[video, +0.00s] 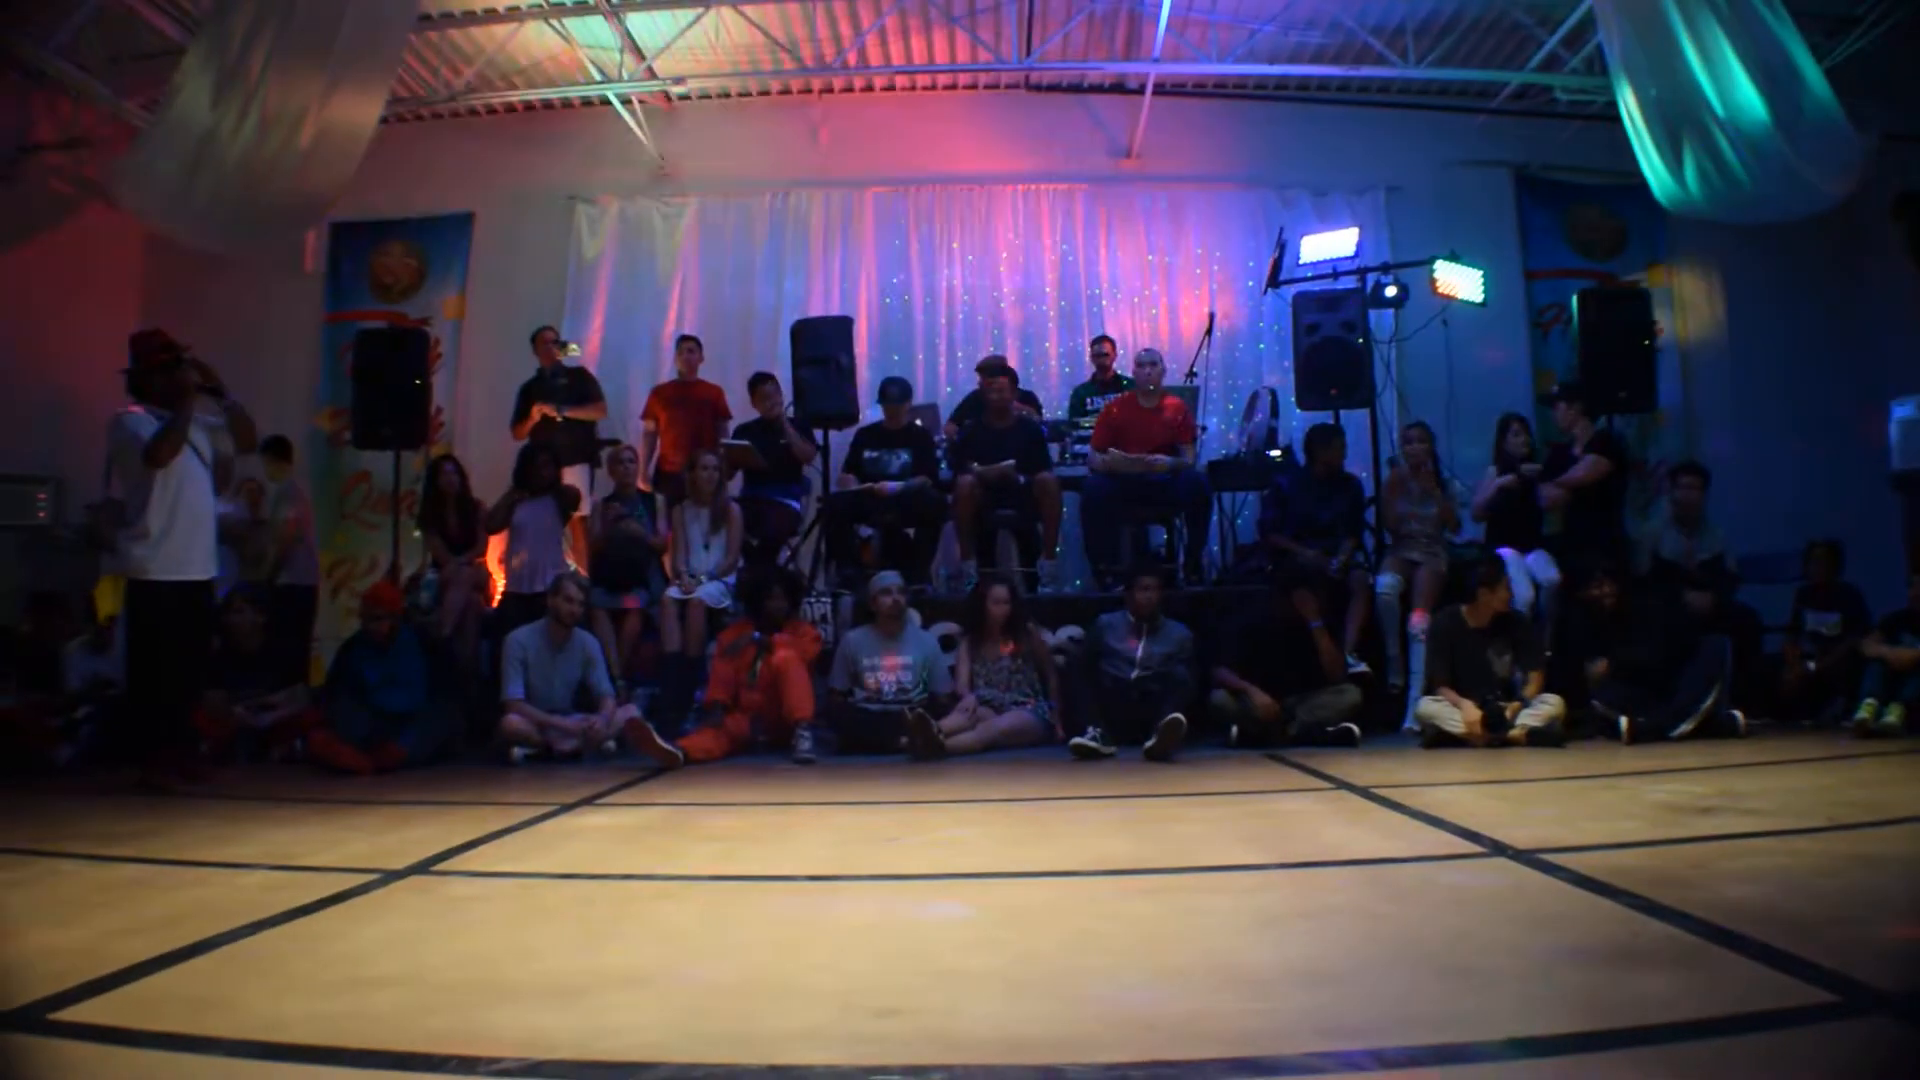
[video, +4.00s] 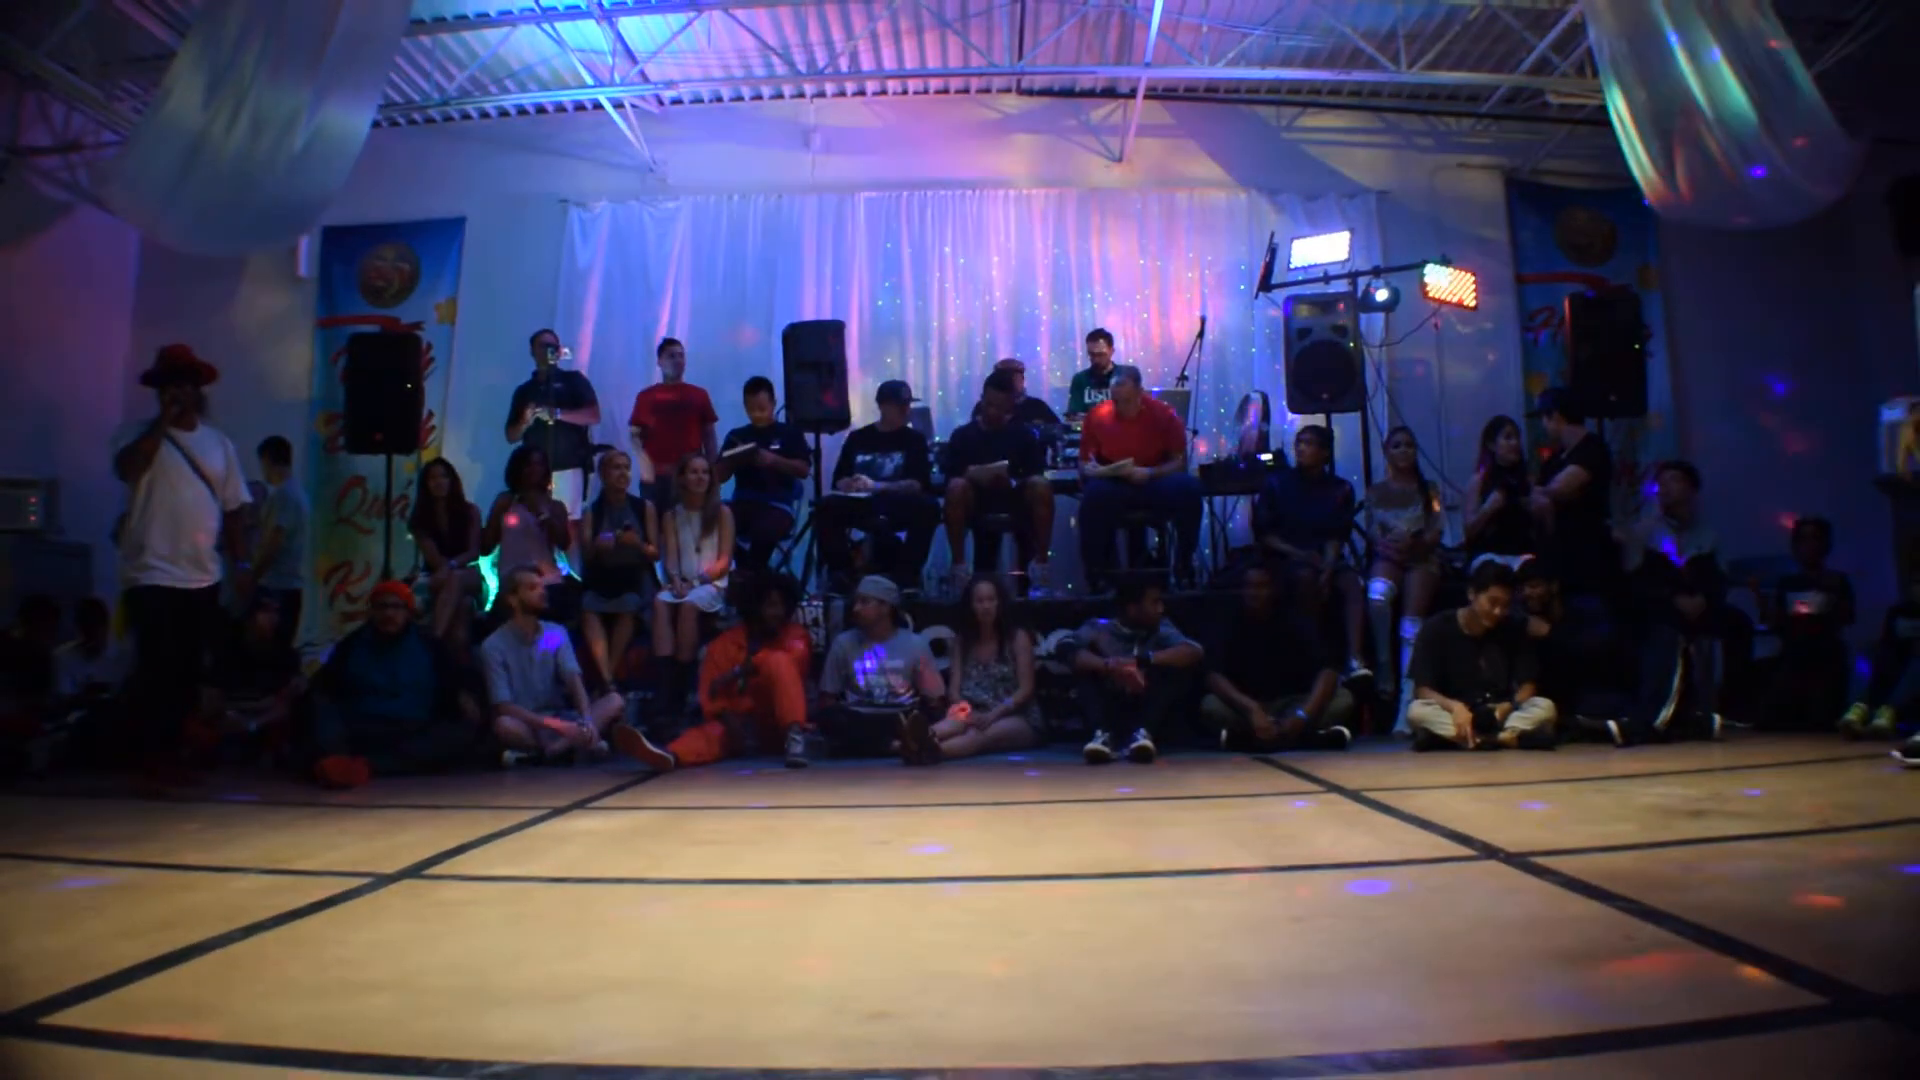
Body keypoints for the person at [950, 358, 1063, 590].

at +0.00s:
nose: (996, 397)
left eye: (1002, 391)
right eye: (992, 391)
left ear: (1014, 393)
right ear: (983, 394)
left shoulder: (1029, 428)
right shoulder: (971, 429)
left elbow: (1043, 468)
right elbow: (958, 467)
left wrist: (1012, 474)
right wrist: (984, 472)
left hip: (1020, 487)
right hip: (984, 489)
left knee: (1047, 481)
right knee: (965, 483)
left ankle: (1049, 559)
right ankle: (967, 561)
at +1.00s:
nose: (1002, 393)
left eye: (1006, 388)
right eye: (996, 388)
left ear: (1011, 393)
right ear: (984, 394)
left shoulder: (1024, 432)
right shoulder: (967, 430)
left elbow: (1036, 470)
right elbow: (950, 465)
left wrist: (1009, 480)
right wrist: (975, 473)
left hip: (1013, 491)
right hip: (979, 492)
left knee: (1042, 485)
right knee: (958, 486)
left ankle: (1042, 563)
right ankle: (960, 567)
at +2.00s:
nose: (994, 410)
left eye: (1000, 404)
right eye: (990, 403)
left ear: (1009, 404)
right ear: (981, 403)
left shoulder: (1021, 432)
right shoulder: (966, 433)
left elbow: (1034, 470)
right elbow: (951, 471)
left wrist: (1008, 476)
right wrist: (976, 475)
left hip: (1012, 490)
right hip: (977, 491)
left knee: (1041, 487)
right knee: (957, 488)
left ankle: (1041, 558)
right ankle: (959, 563)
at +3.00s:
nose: (994, 412)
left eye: (1000, 405)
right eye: (989, 405)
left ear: (1009, 405)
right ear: (981, 404)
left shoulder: (1023, 433)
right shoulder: (965, 433)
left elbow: (1034, 470)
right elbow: (950, 470)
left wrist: (1008, 478)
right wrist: (975, 474)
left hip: (1012, 490)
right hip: (977, 491)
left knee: (1041, 487)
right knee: (956, 489)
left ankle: (1041, 563)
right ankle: (960, 566)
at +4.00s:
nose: (994, 413)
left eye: (1002, 408)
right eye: (990, 405)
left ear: (1012, 408)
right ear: (982, 402)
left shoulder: (1023, 435)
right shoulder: (963, 435)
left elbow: (1035, 471)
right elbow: (951, 472)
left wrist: (1006, 476)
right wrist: (976, 474)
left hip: (1013, 493)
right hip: (977, 493)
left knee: (1040, 486)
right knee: (957, 487)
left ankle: (1041, 563)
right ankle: (958, 565)